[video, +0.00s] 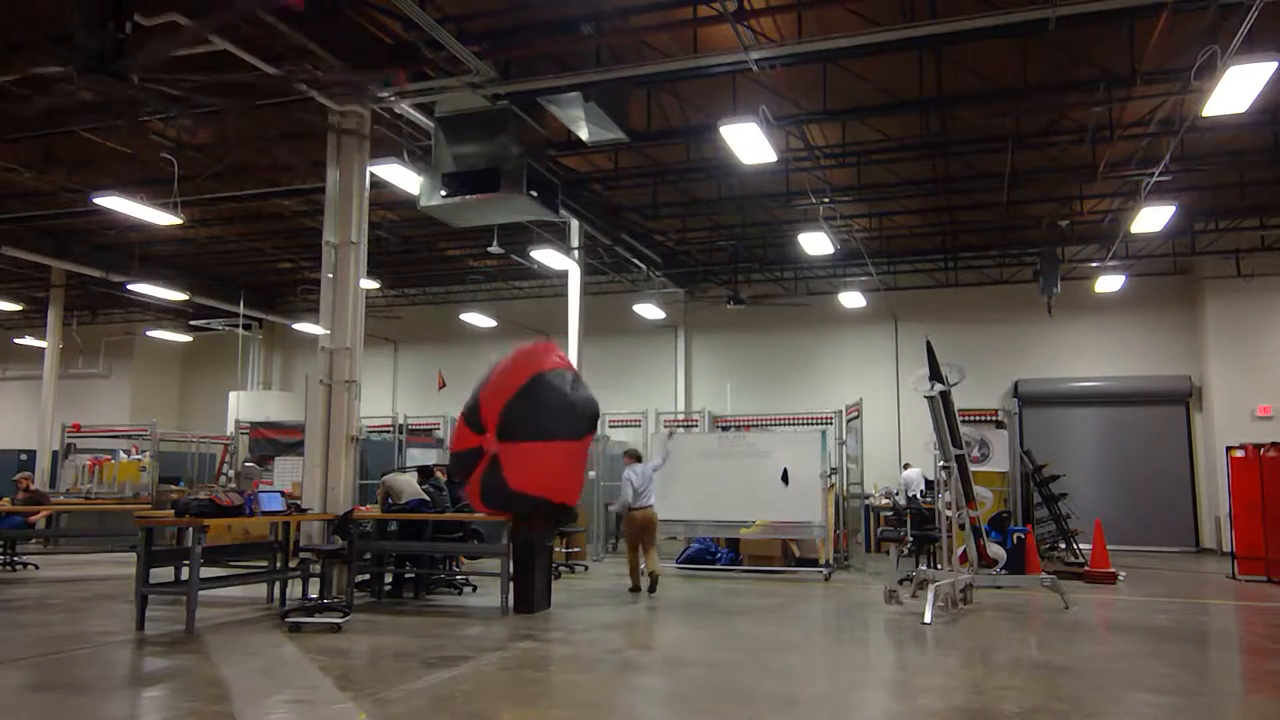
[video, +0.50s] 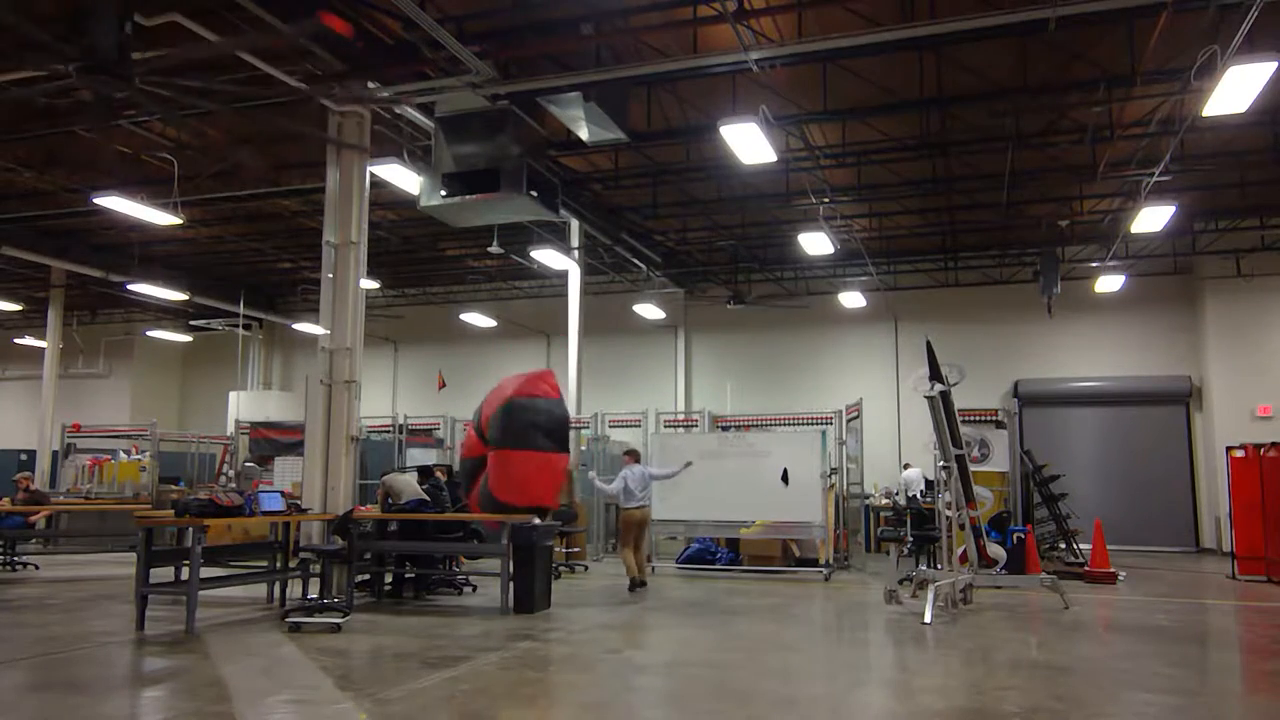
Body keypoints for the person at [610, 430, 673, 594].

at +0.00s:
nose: (624, 461)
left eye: (625, 458)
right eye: (624, 458)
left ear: (630, 459)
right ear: (637, 458)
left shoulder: (627, 473)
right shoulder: (648, 468)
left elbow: (627, 498)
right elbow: (662, 459)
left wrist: (615, 507)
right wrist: (667, 442)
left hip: (634, 512)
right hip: (649, 510)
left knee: (632, 550)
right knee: (649, 546)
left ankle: (635, 583)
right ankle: (653, 571)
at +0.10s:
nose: (623, 464)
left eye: (624, 461)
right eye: (623, 461)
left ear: (630, 462)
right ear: (636, 462)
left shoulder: (625, 477)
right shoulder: (646, 471)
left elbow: (622, 503)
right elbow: (664, 466)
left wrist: (608, 509)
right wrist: (670, 448)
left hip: (631, 515)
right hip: (647, 513)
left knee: (630, 552)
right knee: (646, 548)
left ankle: (635, 584)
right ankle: (654, 570)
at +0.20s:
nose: (622, 460)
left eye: (624, 457)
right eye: (623, 457)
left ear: (630, 459)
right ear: (636, 459)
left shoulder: (625, 474)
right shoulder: (646, 468)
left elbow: (620, 497)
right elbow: (664, 467)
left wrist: (606, 501)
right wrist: (676, 455)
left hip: (631, 511)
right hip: (646, 509)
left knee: (631, 548)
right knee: (644, 545)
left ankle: (635, 583)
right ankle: (649, 574)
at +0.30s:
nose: (622, 456)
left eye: (624, 454)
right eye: (623, 454)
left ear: (630, 454)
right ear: (635, 454)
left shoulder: (624, 469)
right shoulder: (645, 465)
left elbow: (618, 491)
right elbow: (665, 467)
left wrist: (601, 492)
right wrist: (680, 456)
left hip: (630, 507)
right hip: (645, 505)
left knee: (632, 545)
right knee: (643, 544)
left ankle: (636, 579)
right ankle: (646, 577)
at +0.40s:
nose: (623, 458)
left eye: (624, 455)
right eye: (623, 455)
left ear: (629, 456)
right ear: (636, 456)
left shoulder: (624, 471)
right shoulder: (645, 467)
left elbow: (613, 490)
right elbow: (664, 470)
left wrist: (595, 484)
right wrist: (680, 461)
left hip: (630, 508)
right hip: (645, 506)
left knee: (629, 546)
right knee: (641, 545)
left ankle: (635, 578)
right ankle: (643, 577)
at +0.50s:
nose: (623, 460)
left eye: (625, 457)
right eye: (624, 457)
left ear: (631, 458)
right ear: (636, 459)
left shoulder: (625, 473)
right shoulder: (645, 470)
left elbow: (613, 490)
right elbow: (665, 474)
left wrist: (594, 481)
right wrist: (682, 468)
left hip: (629, 512)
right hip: (645, 511)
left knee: (626, 547)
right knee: (638, 547)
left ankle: (633, 577)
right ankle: (642, 578)